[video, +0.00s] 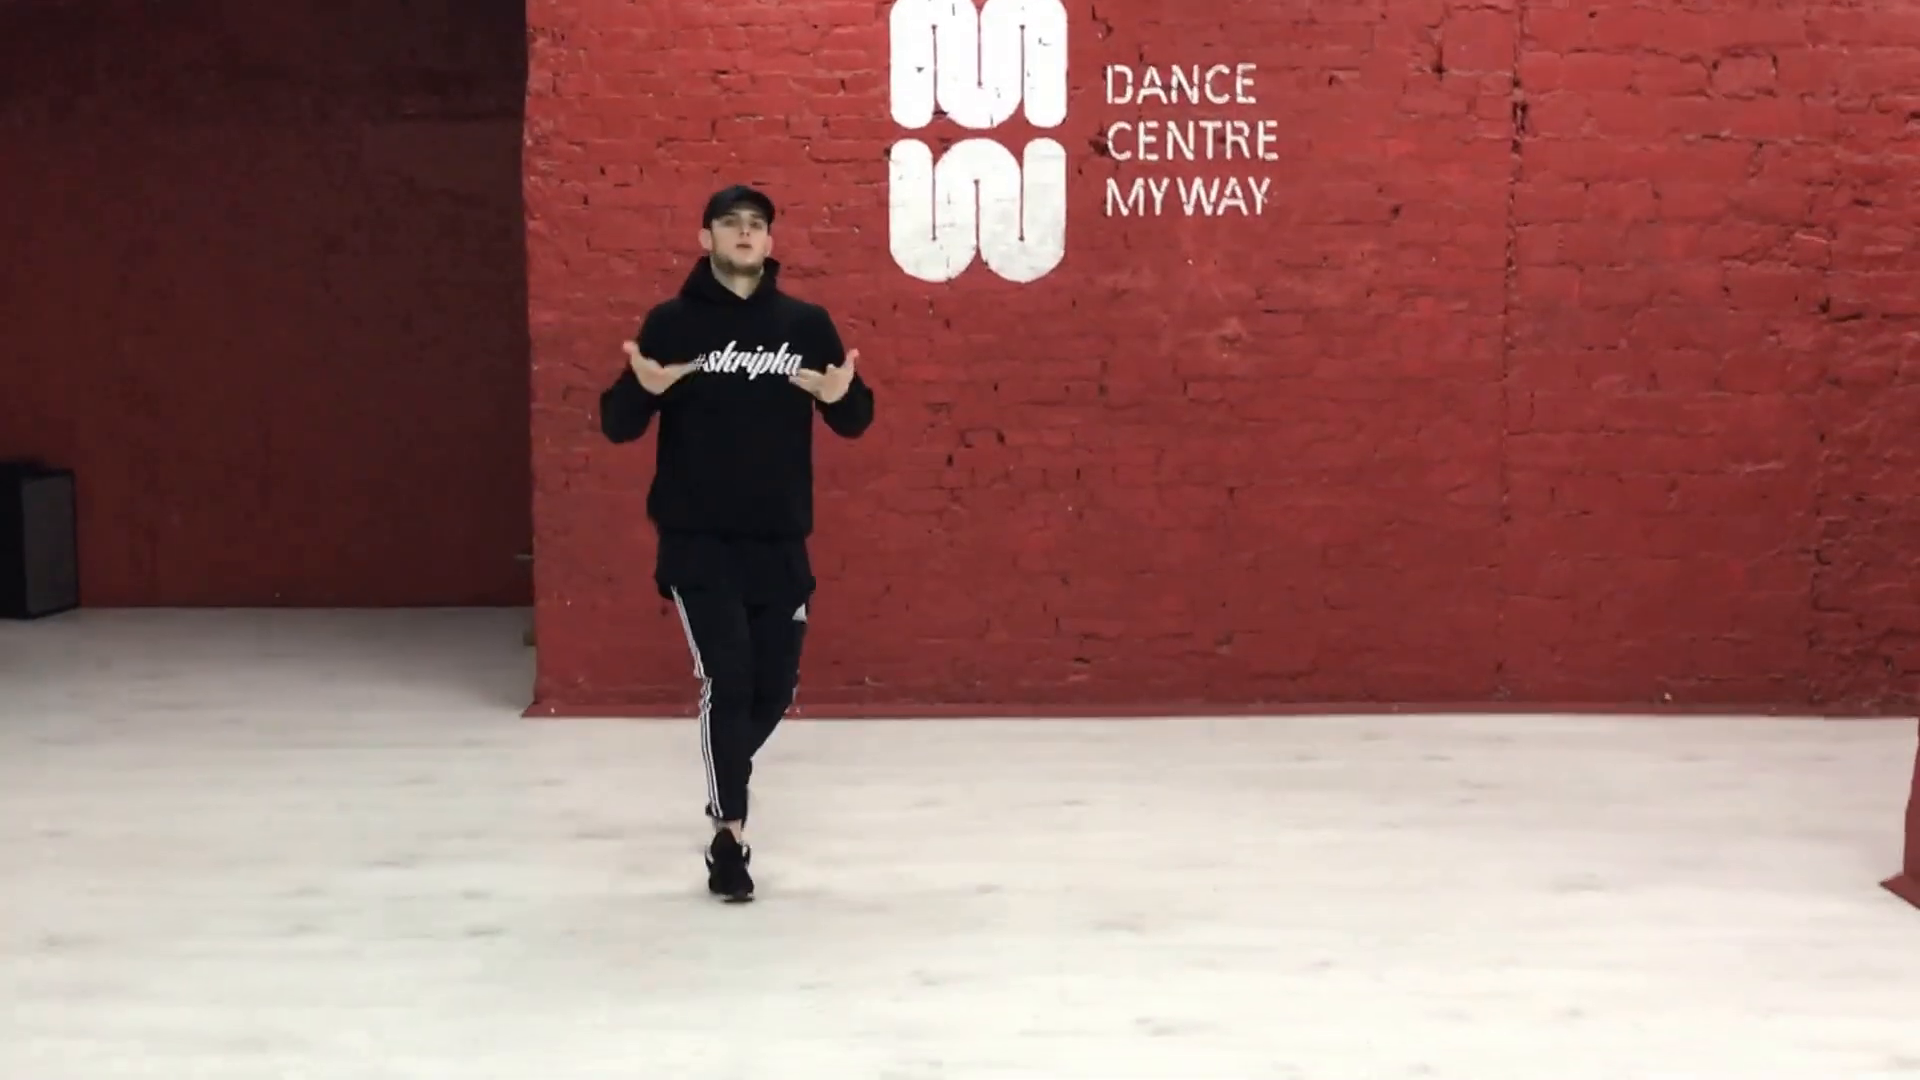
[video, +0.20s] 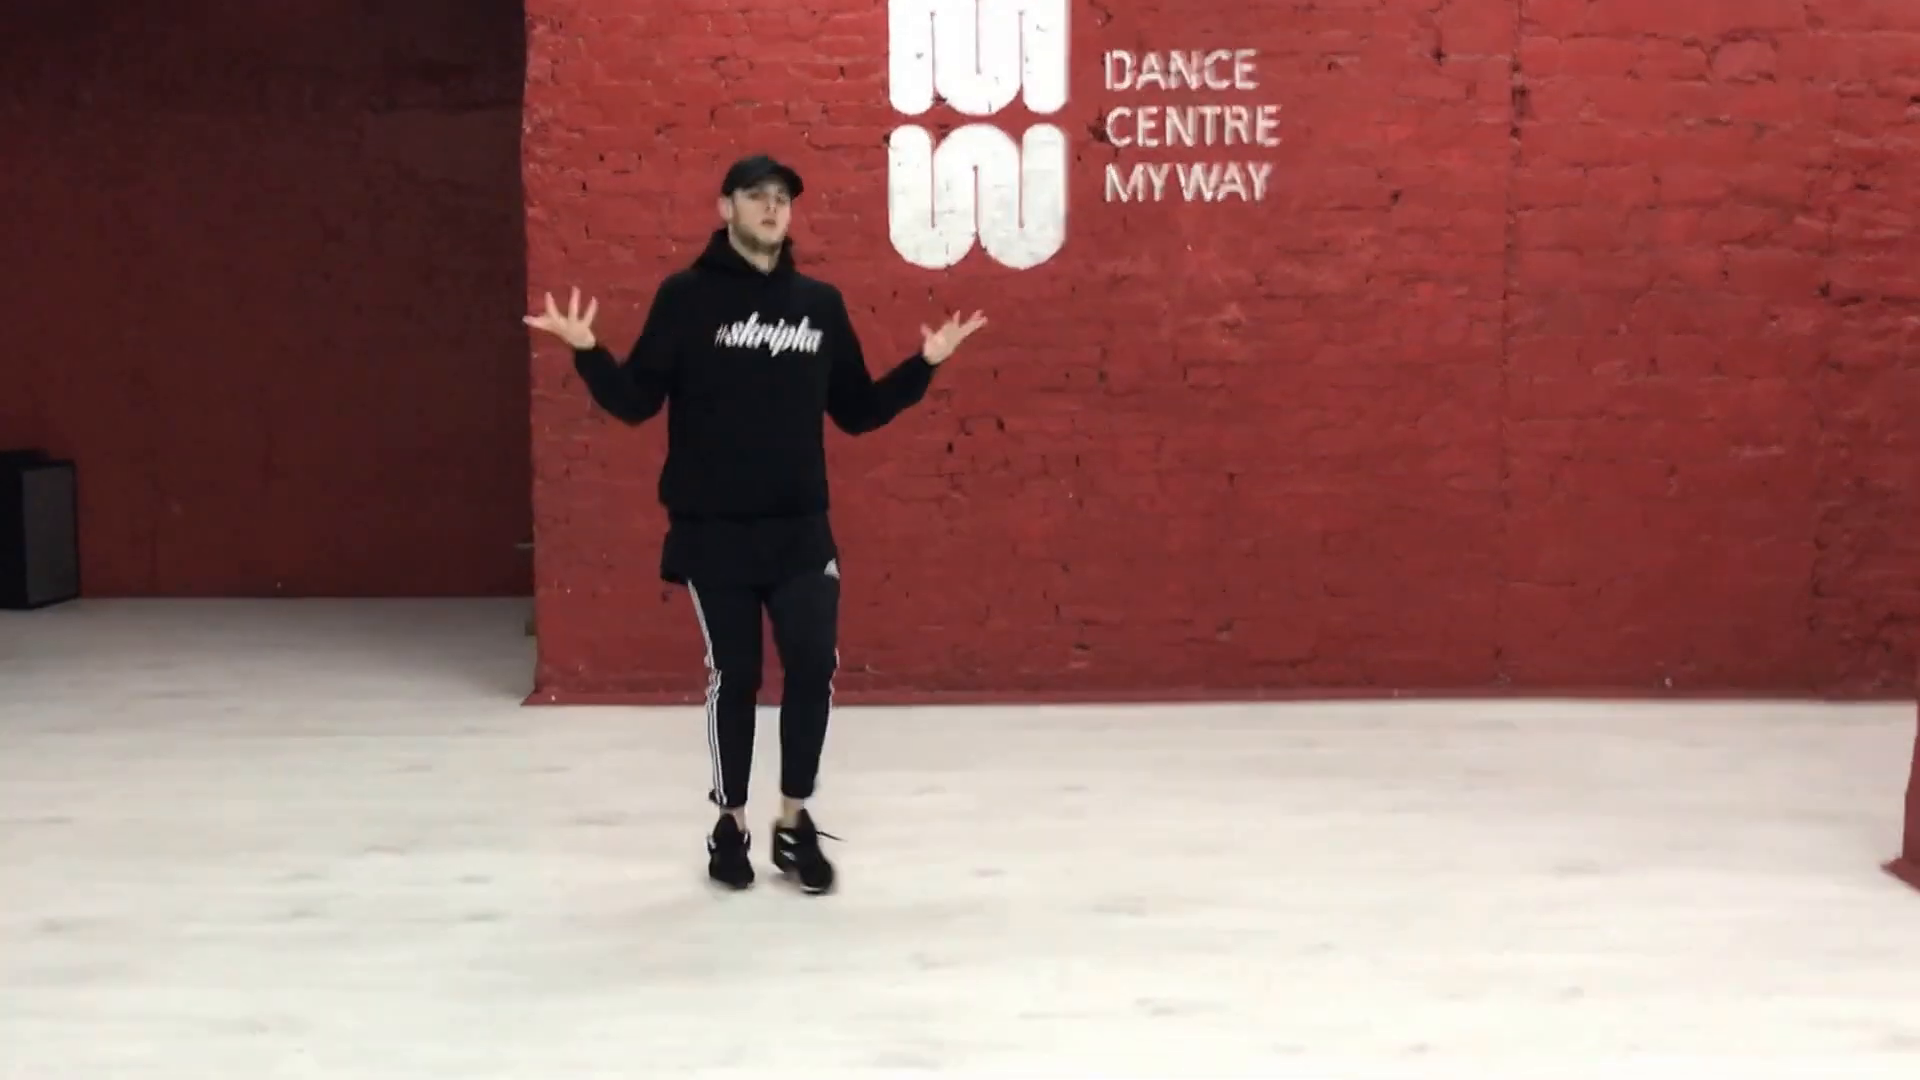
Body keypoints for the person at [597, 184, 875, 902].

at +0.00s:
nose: (744, 236)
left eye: (755, 225)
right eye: (730, 225)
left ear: (771, 239)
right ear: (707, 238)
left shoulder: (805, 324)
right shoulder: (674, 323)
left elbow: (855, 422)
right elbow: (617, 426)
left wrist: (842, 394)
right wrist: (642, 388)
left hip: (779, 535)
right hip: (697, 534)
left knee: (774, 693)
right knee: (731, 684)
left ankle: (721, 774)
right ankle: (730, 835)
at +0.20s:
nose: (770, 209)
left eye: (780, 198)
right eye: (756, 197)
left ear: (793, 212)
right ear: (727, 208)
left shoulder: (819, 304)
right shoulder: (686, 296)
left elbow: (857, 411)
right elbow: (635, 402)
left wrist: (925, 361)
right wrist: (588, 349)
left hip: (799, 522)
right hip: (713, 522)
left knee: (814, 669)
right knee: (736, 673)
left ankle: (795, 824)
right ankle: (730, 826)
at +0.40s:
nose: (795, 256)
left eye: (808, 243)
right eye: (784, 241)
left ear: (824, 233)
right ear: (756, 223)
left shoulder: (838, 305)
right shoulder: (705, 290)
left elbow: (913, 389)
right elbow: (624, 351)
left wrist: (905, 310)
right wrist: (688, 268)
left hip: (827, 523)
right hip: (739, 525)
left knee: (832, 675)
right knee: (763, 675)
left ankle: (830, 842)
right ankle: (735, 809)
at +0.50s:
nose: (802, 267)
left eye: (817, 256)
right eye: (793, 253)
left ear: (837, 247)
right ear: (768, 234)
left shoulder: (854, 304)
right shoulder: (722, 288)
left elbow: (932, 380)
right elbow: (640, 327)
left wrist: (895, 299)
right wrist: (725, 262)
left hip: (842, 522)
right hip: (752, 524)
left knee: (848, 674)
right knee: (774, 679)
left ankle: (828, 838)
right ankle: (736, 800)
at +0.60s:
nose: (817, 255)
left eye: (830, 243)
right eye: (806, 242)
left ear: (849, 228)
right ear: (778, 220)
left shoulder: (868, 285)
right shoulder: (728, 274)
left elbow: (948, 365)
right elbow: (640, 320)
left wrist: (937, 295)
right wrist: (711, 253)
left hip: (852, 510)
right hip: (764, 510)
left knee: (842, 665)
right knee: (775, 666)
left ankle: (827, 829)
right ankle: (747, 782)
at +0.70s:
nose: (822, 238)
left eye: (835, 227)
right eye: (811, 224)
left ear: (854, 210)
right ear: (785, 199)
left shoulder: (876, 263)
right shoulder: (739, 247)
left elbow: (962, 319)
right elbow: (639, 293)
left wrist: (982, 310)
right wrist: (676, 274)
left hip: (852, 496)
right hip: (763, 494)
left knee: (837, 657)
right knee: (776, 651)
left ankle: (828, 820)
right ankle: (766, 765)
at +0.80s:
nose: (829, 246)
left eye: (841, 234)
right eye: (818, 232)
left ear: (858, 217)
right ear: (789, 211)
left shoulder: (882, 267)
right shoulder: (746, 254)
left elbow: (955, 296)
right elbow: (682, 276)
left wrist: (1015, 320)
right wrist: (646, 295)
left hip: (856, 496)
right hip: (765, 494)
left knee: (847, 653)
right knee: (776, 660)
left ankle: (829, 816)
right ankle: (781, 752)